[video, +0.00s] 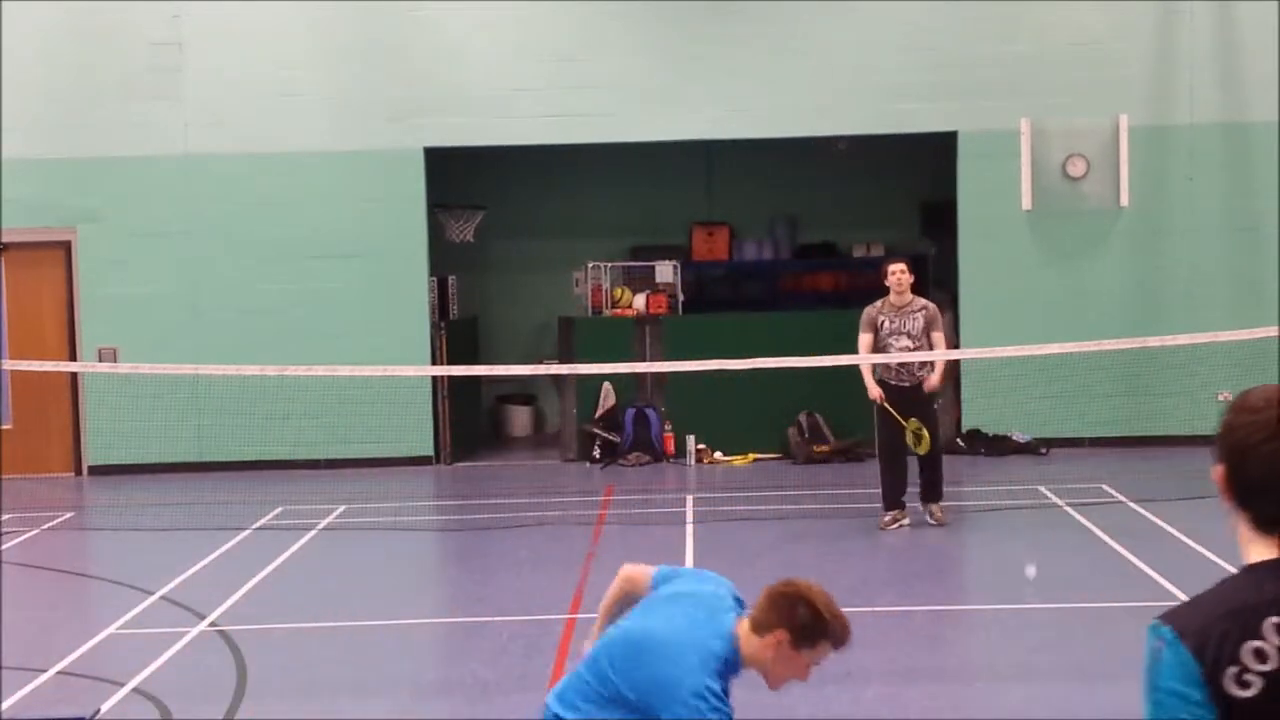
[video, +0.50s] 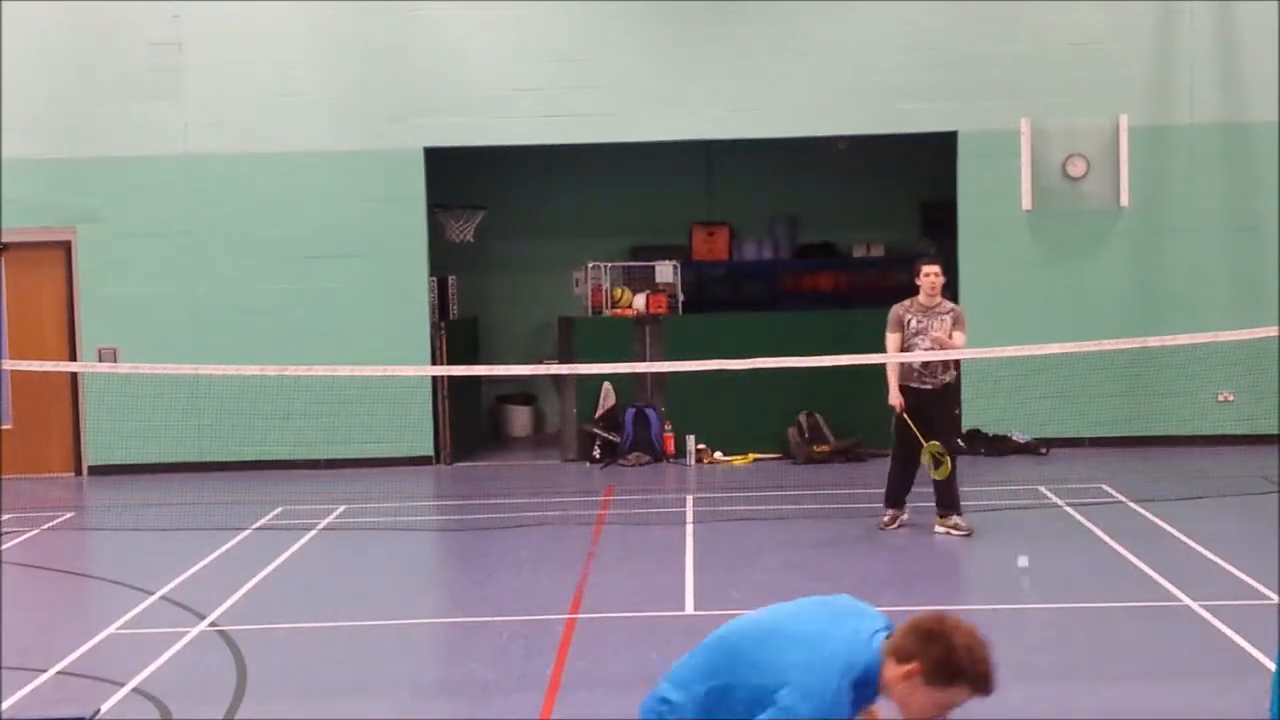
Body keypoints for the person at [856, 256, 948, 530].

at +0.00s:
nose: (898, 277)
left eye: (902, 273)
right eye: (893, 274)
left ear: (911, 278)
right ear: (886, 280)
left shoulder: (928, 309)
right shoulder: (873, 313)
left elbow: (939, 347)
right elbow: (864, 352)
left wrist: (937, 374)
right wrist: (870, 383)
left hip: (921, 387)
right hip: (888, 389)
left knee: (930, 447)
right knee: (889, 449)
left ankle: (932, 502)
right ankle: (894, 508)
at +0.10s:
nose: (905, 277)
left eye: (908, 273)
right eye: (899, 273)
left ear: (915, 278)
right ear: (890, 279)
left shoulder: (929, 309)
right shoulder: (875, 312)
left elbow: (939, 346)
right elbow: (868, 353)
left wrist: (932, 358)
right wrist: (874, 385)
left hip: (923, 387)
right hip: (890, 389)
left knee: (929, 446)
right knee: (890, 449)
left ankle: (934, 507)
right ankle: (894, 509)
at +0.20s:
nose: (911, 278)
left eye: (915, 273)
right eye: (905, 273)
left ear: (921, 278)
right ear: (894, 279)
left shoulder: (932, 310)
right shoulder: (878, 312)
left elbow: (941, 350)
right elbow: (874, 353)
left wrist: (927, 338)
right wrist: (880, 386)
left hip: (924, 389)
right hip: (892, 390)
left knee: (932, 447)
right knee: (892, 451)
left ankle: (941, 509)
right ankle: (894, 510)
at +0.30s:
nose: (918, 279)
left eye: (921, 274)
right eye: (912, 275)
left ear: (926, 279)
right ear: (901, 280)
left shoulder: (938, 312)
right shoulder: (883, 313)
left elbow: (945, 348)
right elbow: (880, 354)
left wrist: (931, 336)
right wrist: (884, 388)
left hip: (928, 390)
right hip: (896, 390)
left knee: (934, 449)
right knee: (895, 452)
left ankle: (947, 511)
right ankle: (895, 510)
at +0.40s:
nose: (925, 281)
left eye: (929, 276)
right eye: (920, 276)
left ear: (934, 281)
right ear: (909, 281)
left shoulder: (945, 313)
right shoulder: (891, 314)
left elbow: (952, 345)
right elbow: (885, 354)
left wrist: (939, 343)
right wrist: (889, 389)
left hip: (934, 391)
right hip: (902, 391)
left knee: (939, 451)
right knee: (898, 452)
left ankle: (947, 514)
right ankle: (896, 510)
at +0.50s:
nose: (933, 280)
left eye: (937, 275)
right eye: (927, 275)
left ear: (944, 280)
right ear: (917, 280)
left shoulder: (954, 312)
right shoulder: (900, 312)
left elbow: (960, 344)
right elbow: (892, 354)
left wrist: (945, 341)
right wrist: (893, 390)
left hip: (944, 391)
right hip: (910, 390)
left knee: (945, 451)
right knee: (904, 451)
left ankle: (947, 515)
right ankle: (895, 508)